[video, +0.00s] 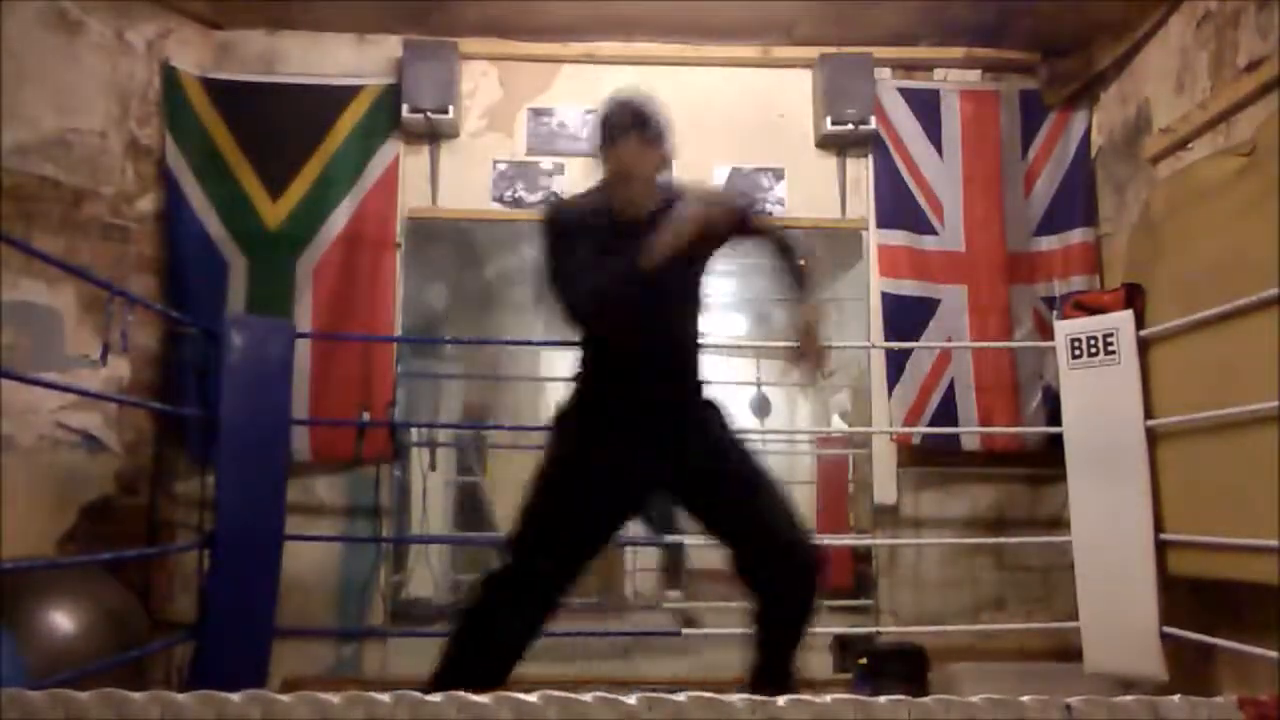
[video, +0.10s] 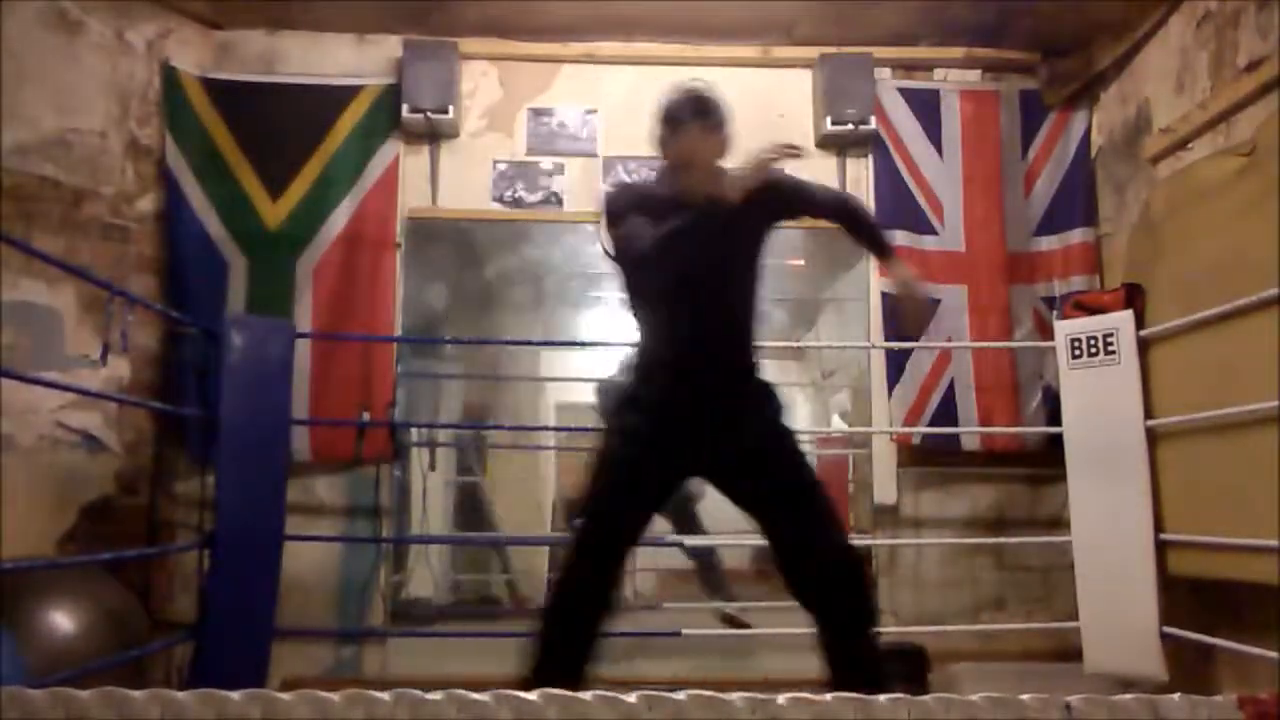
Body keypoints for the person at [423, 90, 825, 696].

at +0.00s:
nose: (641, 155)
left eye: (650, 143)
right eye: (629, 143)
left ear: (664, 153)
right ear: (607, 152)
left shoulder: (690, 213)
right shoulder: (573, 220)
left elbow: (775, 240)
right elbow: (588, 303)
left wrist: (804, 313)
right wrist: (669, 242)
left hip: (683, 425)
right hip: (603, 428)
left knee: (788, 562)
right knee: (531, 580)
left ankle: (769, 701)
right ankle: (443, 707)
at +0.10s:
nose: (686, 150)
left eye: (699, 136)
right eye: (676, 137)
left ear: (721, 141)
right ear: (661, 142)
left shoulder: (757, 195)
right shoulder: (632, 203)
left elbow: (841, 208)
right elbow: (650, 257)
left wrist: (892, 261)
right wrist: (729, 194)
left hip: (736, 412)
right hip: (654, 413)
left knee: (823, 552)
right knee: (594, 555)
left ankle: (859, 692)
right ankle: (549, 693)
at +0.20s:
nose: (740, 177)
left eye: (753, 165)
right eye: (732, 164)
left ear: (776, 173)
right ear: (718, 171)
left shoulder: (807, 230)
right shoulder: (687, 235)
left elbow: (893, 262)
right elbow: (696, 297)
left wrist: (967, 320)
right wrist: (782, 247)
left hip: (788, 432)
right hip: (709, 432)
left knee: (851, 566)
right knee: (661, 565)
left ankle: (907, 695)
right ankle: (662, 691)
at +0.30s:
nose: (819, 252)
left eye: (826, 239)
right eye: (806, 238)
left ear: (838, 239)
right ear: (779, 237)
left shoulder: (853, 300)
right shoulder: (734, 309)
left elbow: (930, 360)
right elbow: (738, 397)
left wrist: (1006, 416)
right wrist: (816, 356)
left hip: (838, 488)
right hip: (760, 495)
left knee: (913, 634)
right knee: (749, 646)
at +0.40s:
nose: (853, 293)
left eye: (862, 279)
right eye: (842, 279)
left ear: (872, 271)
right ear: (811, 264)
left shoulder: (882, 340)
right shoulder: (755, 337)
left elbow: (913, 419)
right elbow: (748, 450)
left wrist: (950, 478)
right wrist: (799, 502)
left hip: (847, 481)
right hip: (771, 493)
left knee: (937, 647)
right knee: (822, 658)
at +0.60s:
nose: (809, 231)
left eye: (819, 220)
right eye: (798, 218)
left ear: (831, 226)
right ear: (774, 219)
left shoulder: (838, 292)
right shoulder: (725, 275)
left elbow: (824, 336)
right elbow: (673, 288)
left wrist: (780, 271)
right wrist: (638, 305)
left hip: (803, 461)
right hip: (729, 460)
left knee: (863, 581)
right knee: (688, 573)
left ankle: (926, 693)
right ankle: (729, 683)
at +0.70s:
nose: (738, 173)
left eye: (750, 163)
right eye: (726, 161)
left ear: (765, 172)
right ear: (708, 165)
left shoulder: (786, 235)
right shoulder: (667, 220)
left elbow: (769, 248)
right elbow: (558, 224)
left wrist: (689, 173)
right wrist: (571, 208)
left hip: (750, 426)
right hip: (673, 422)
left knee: (802, 559)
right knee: (586, 524)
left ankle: (868, 679)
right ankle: (600, 677)